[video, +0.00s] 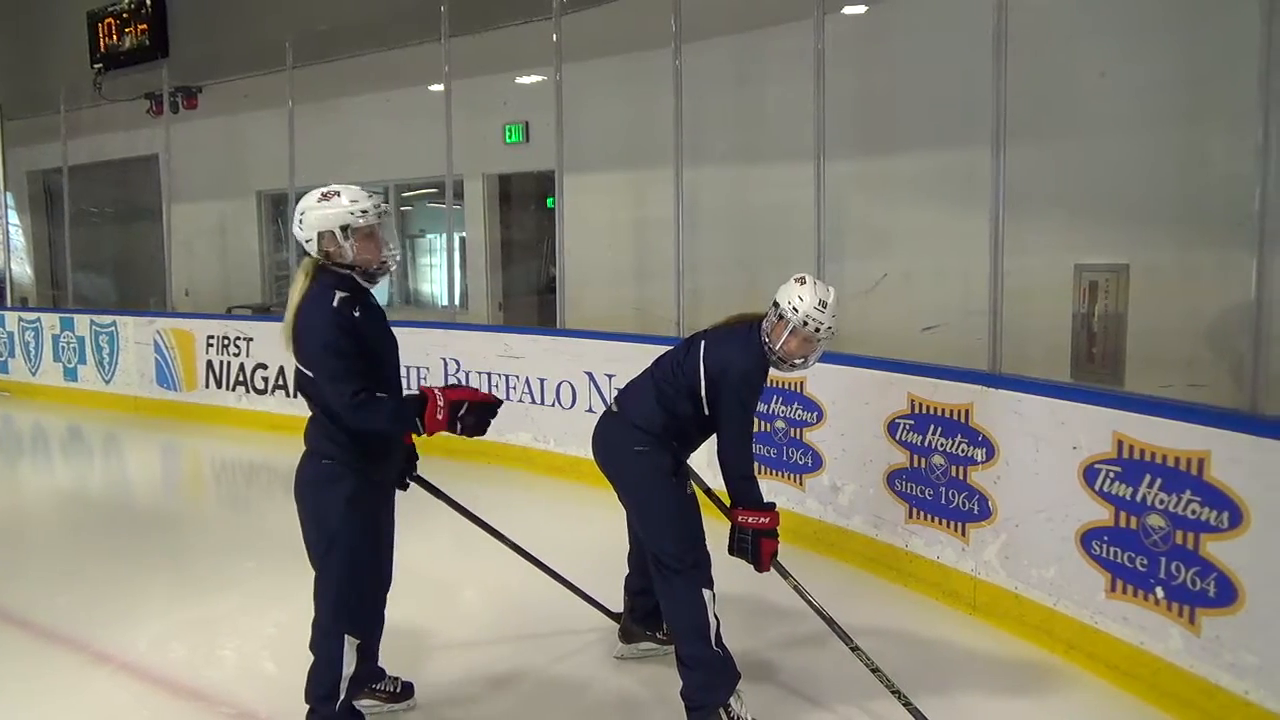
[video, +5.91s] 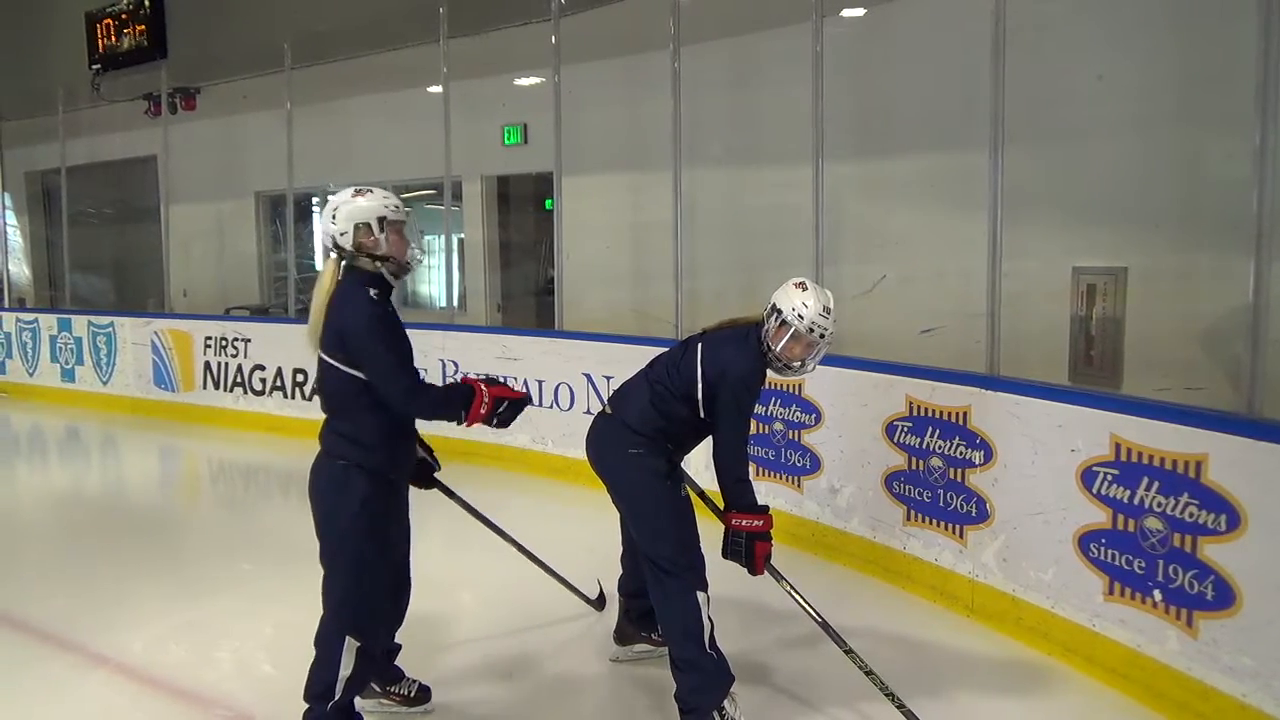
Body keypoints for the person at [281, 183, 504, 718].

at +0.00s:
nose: (380, 244)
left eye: (378, 233)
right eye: (367, 236)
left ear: (351, 243)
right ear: (334, 245)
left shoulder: (354, 298)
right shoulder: (326, 307)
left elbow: (367, 389)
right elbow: (347, 403)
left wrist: (393, 452)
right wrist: (426, 409)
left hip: (367, 470)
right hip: (338, 475)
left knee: (372, 582)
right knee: (340, 596)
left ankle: (362, 675)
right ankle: (327, 704)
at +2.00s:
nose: (387, 242)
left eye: (385, 230)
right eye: (375, 231)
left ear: (356, 240)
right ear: (344, 239)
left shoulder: (348, 298)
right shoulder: (331, 304)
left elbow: (349, 392)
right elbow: (319, 401)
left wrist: (392, 438)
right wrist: (382, 451)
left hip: (341, 470)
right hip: (316, 475)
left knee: (351, 580)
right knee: (320, 593)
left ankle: (345, 675)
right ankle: (297, 706)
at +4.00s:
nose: (359, 249)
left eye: (368, 236)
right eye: (346, 239)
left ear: (383, 241)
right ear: (325, 248)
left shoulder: (383, 305)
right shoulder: (312, 319)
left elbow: (399, 389)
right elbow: (323, 411)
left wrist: (428, 432)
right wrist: (394, 430)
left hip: (385, 468)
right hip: (336, 474)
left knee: (386, 577)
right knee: (344, 597)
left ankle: (373, 669)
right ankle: (320, 707)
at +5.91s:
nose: (407, 241)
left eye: (404, 230)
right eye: (395, 231)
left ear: (370, 239)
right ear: (363, 236)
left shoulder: (361, 295)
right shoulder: (359, 304)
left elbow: (359, 392)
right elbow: (406, 394)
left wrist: (404, 450)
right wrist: (473, 399)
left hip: (375, 468)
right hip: (351, 472)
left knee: (388, 579)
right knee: (352, 594)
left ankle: (375, 672)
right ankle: (325, 705)